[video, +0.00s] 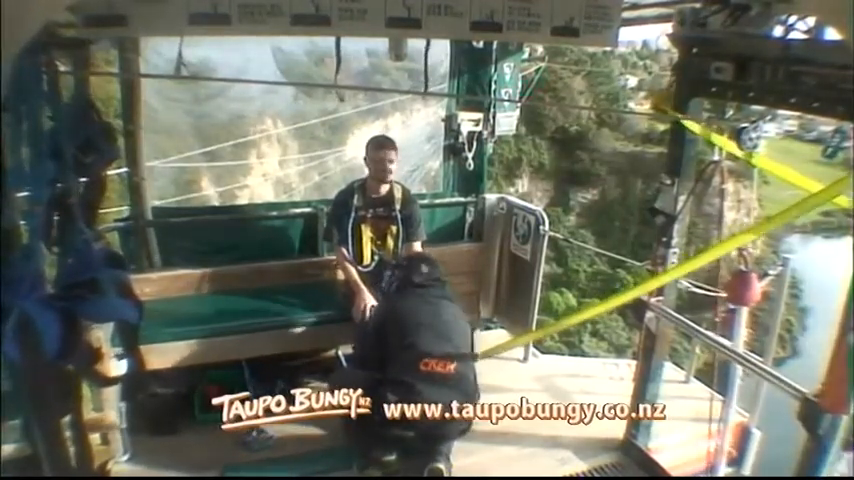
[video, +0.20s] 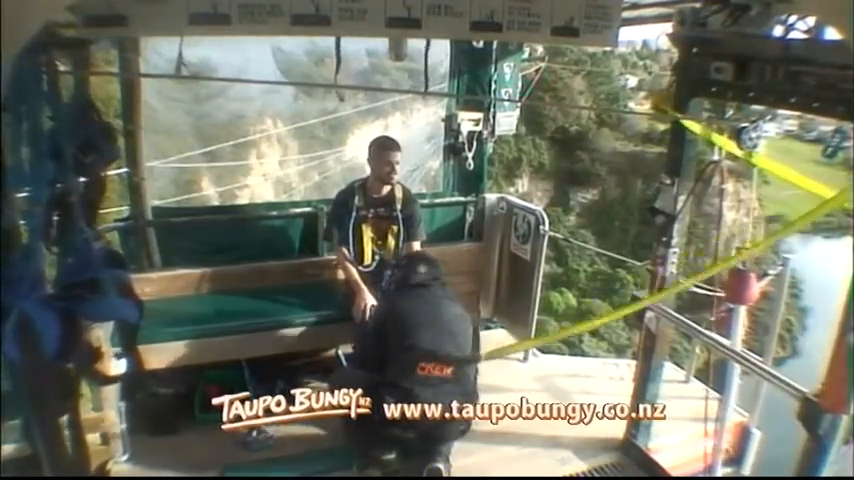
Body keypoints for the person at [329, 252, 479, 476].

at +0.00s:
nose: (389, 280)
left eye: (394, 275)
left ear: (400, 279)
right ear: (437, 280)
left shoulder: (390, 307)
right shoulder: (456, 312)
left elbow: (366, 362)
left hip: (402, 411)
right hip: (455, 415)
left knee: (341, 381)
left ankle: (377, 451)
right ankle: (441, 456)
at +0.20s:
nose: (389, 279)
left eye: (394, 274)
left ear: (400, 278)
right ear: (437, 278)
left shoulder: (390, 305)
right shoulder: (461, 313)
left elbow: (367, 362)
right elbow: (470, 375)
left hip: (400, 414)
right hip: (453, 417)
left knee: (341, 380)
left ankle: (377, 452)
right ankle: (440, 457)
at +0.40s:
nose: (386, 284)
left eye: (390, 278)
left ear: (396, 280)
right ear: (437, 281)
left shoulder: (388, 308)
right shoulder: (459, 313)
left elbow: (366, 362)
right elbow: (465, 369)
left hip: (396, 419)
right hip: (449, 422)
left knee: (343, 381)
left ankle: (379, 455)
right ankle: (439, 458)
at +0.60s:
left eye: (388, 281)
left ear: (393, 283)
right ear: (434, 283)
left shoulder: (387, 309)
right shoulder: (455, 314)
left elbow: (365, 364)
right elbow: (464, 363)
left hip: (396, 421)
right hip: (448, 423)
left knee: (340, 381)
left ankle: (380, 455)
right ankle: (438, 458)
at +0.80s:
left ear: (393, 286)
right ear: (432, 284)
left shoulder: (387, 310)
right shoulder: (453, 315)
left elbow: (364, 364)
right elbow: (463, 361)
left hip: (397, 423)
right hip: (447, 424)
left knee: (340, 381)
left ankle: (380, 455)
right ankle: (439, 458)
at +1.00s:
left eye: (390, 279)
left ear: (395, 280)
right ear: (430, 278)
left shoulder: (385, 306)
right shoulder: (453, 308)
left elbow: (364, 363)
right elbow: (466, 378)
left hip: (395, 417)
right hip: (449, 418)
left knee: (339, 381)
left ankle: (379, 453)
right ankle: (439, 456)